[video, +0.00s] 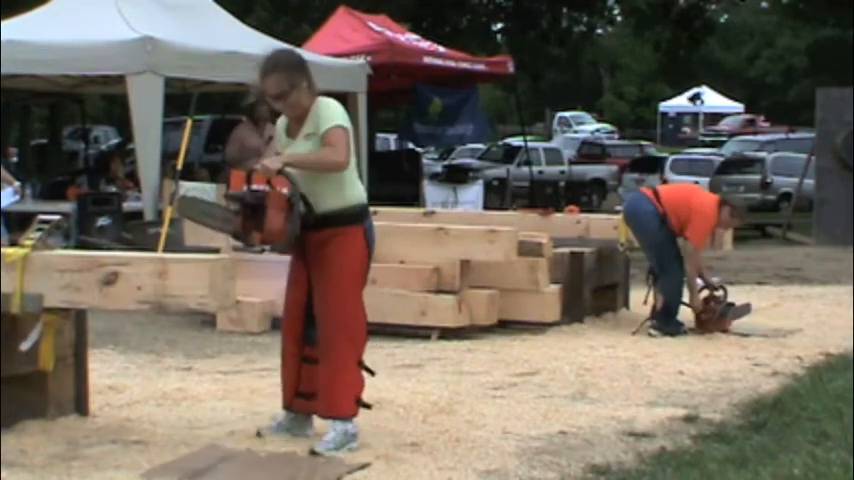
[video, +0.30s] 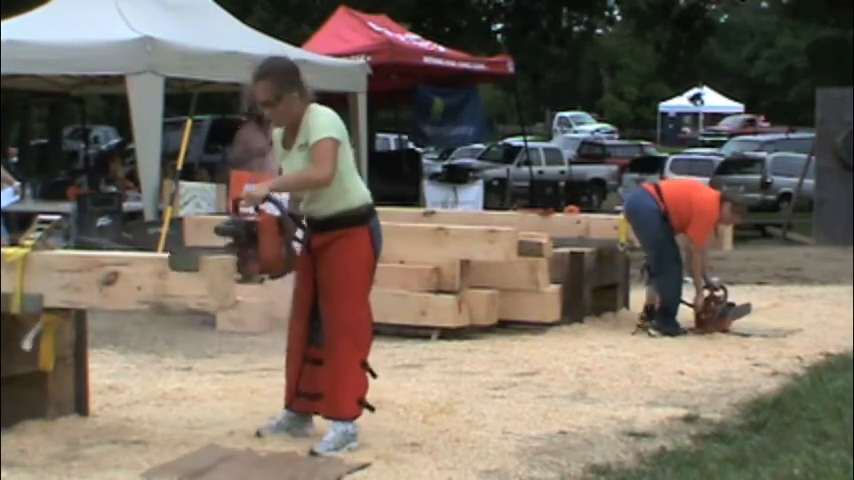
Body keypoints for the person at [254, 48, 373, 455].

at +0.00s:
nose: (277, 106)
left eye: (281, 96)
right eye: (271, 99)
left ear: (304, 85)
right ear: (270, 95)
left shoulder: (329, 110)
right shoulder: (282, 126)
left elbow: (338, 158)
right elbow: (279, 178)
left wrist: (286, 159)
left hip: (344, 232)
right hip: (307, 234)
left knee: (339, 321)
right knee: (298, 319)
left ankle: (344, 422)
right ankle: (297, 413)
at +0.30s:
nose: (267, 113)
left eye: (272, 103)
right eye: (262, 106)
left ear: (296, 94)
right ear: (263, 103)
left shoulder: (323, 120)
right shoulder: (281, 136)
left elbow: (322, 174)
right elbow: (292, 192)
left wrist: (268, 187)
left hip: (350, 233)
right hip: (316, 235)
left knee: (344, 324)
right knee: (304, 321)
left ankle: (345, 422)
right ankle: (299, 413)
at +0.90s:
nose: (252, 134)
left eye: (254, 124)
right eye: (245, 128)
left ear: (278, 110)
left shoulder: (310, 134)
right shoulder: (266, 154)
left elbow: (310, 198)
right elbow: (289, 209)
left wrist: (258, 232)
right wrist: (285, 257)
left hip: (350, 236)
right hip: (313, 241)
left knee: (345, 326)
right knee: (302, 326)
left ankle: (346, 423)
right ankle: (296, 414)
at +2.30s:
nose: (257, 114)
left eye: (261, 103)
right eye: (251, 107)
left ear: (284, 92)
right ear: (249, 104)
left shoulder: (311, 117)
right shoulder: (267, 135)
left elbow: (316, 169)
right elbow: (282, 192)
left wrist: (264, 173)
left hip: (333, 234)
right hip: (295, 235)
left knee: (334, 323)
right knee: (288, 322)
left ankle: (342, 422)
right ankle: (290, 414)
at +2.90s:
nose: (247, 127)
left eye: (250, 116)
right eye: (241, 120)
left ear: (272, 103)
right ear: (240, 114)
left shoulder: (303, 125)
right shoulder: (260, 144)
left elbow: (300, 184)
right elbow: (273, 205)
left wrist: (250, 202)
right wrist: (264, 254)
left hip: (337, 235)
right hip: (299, 238)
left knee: (336, 326)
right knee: (289, 326)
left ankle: (342, 424)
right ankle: (292, 415)